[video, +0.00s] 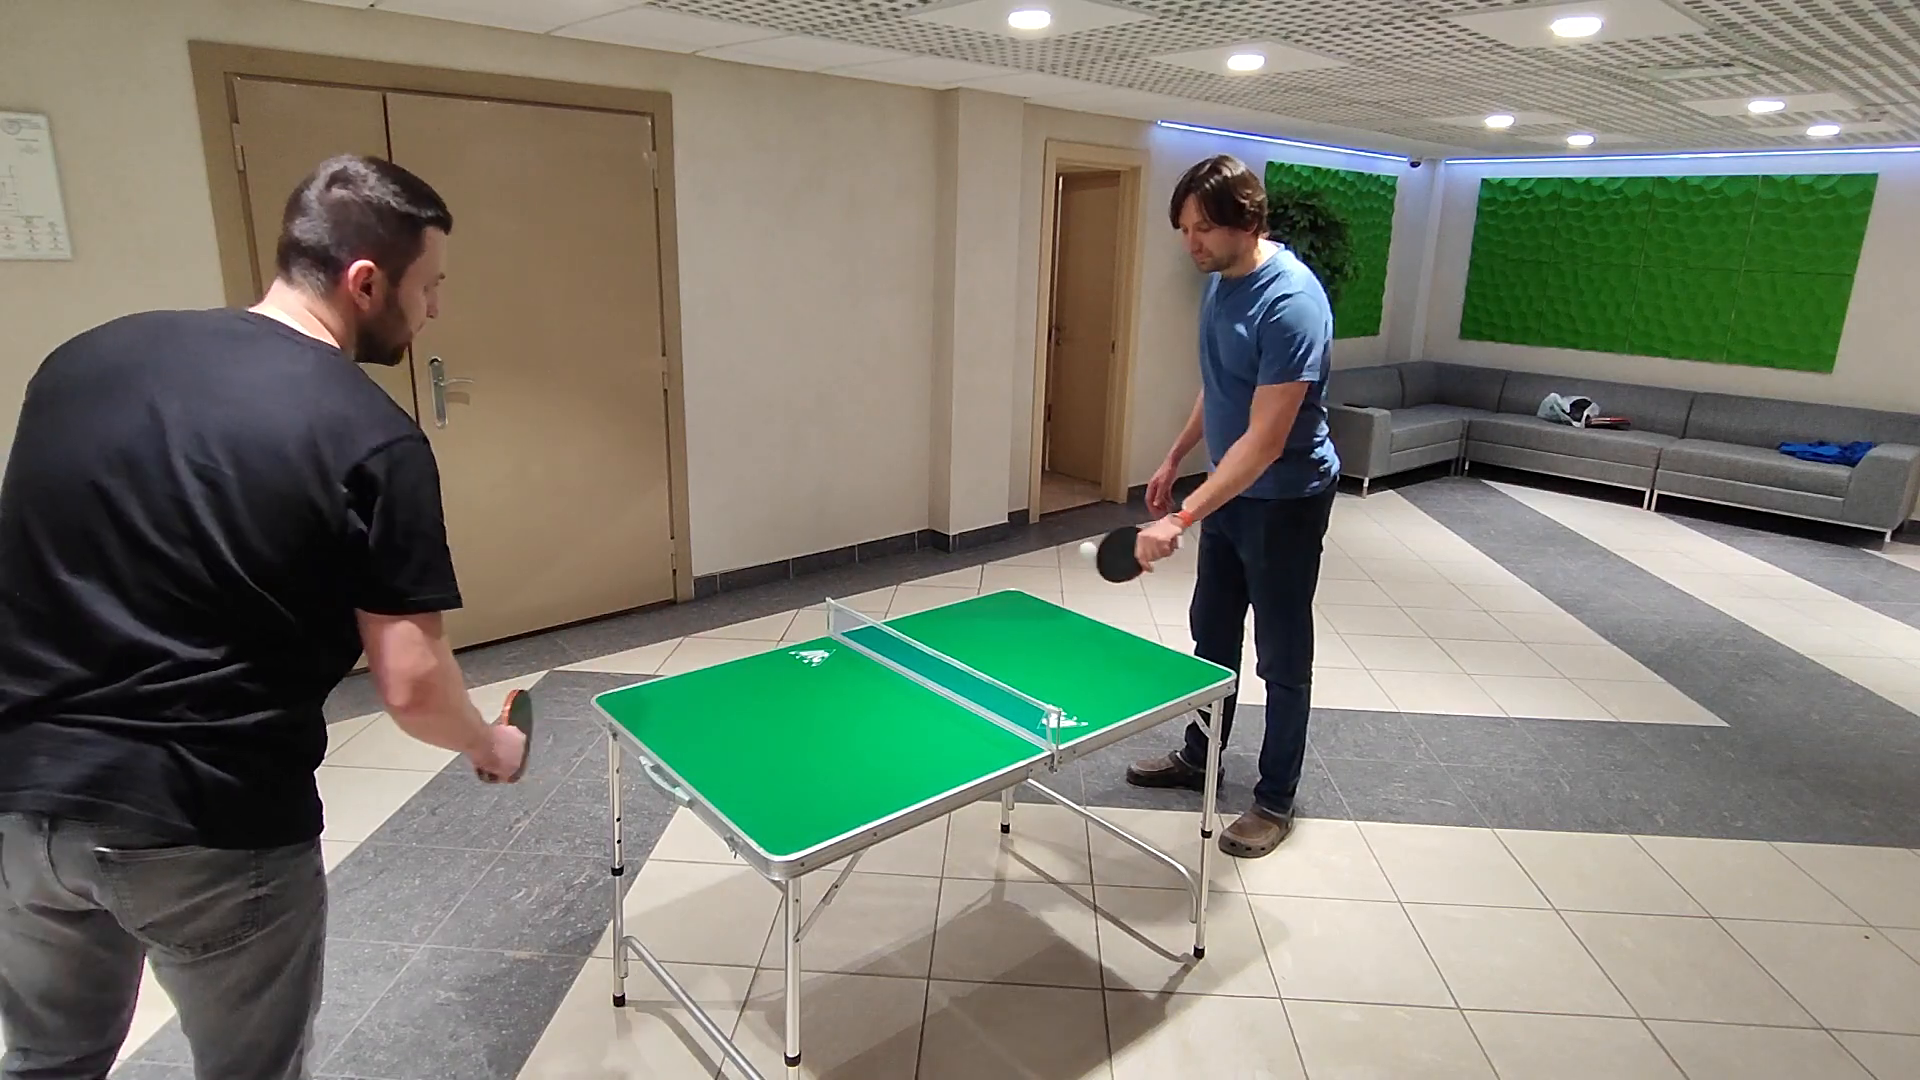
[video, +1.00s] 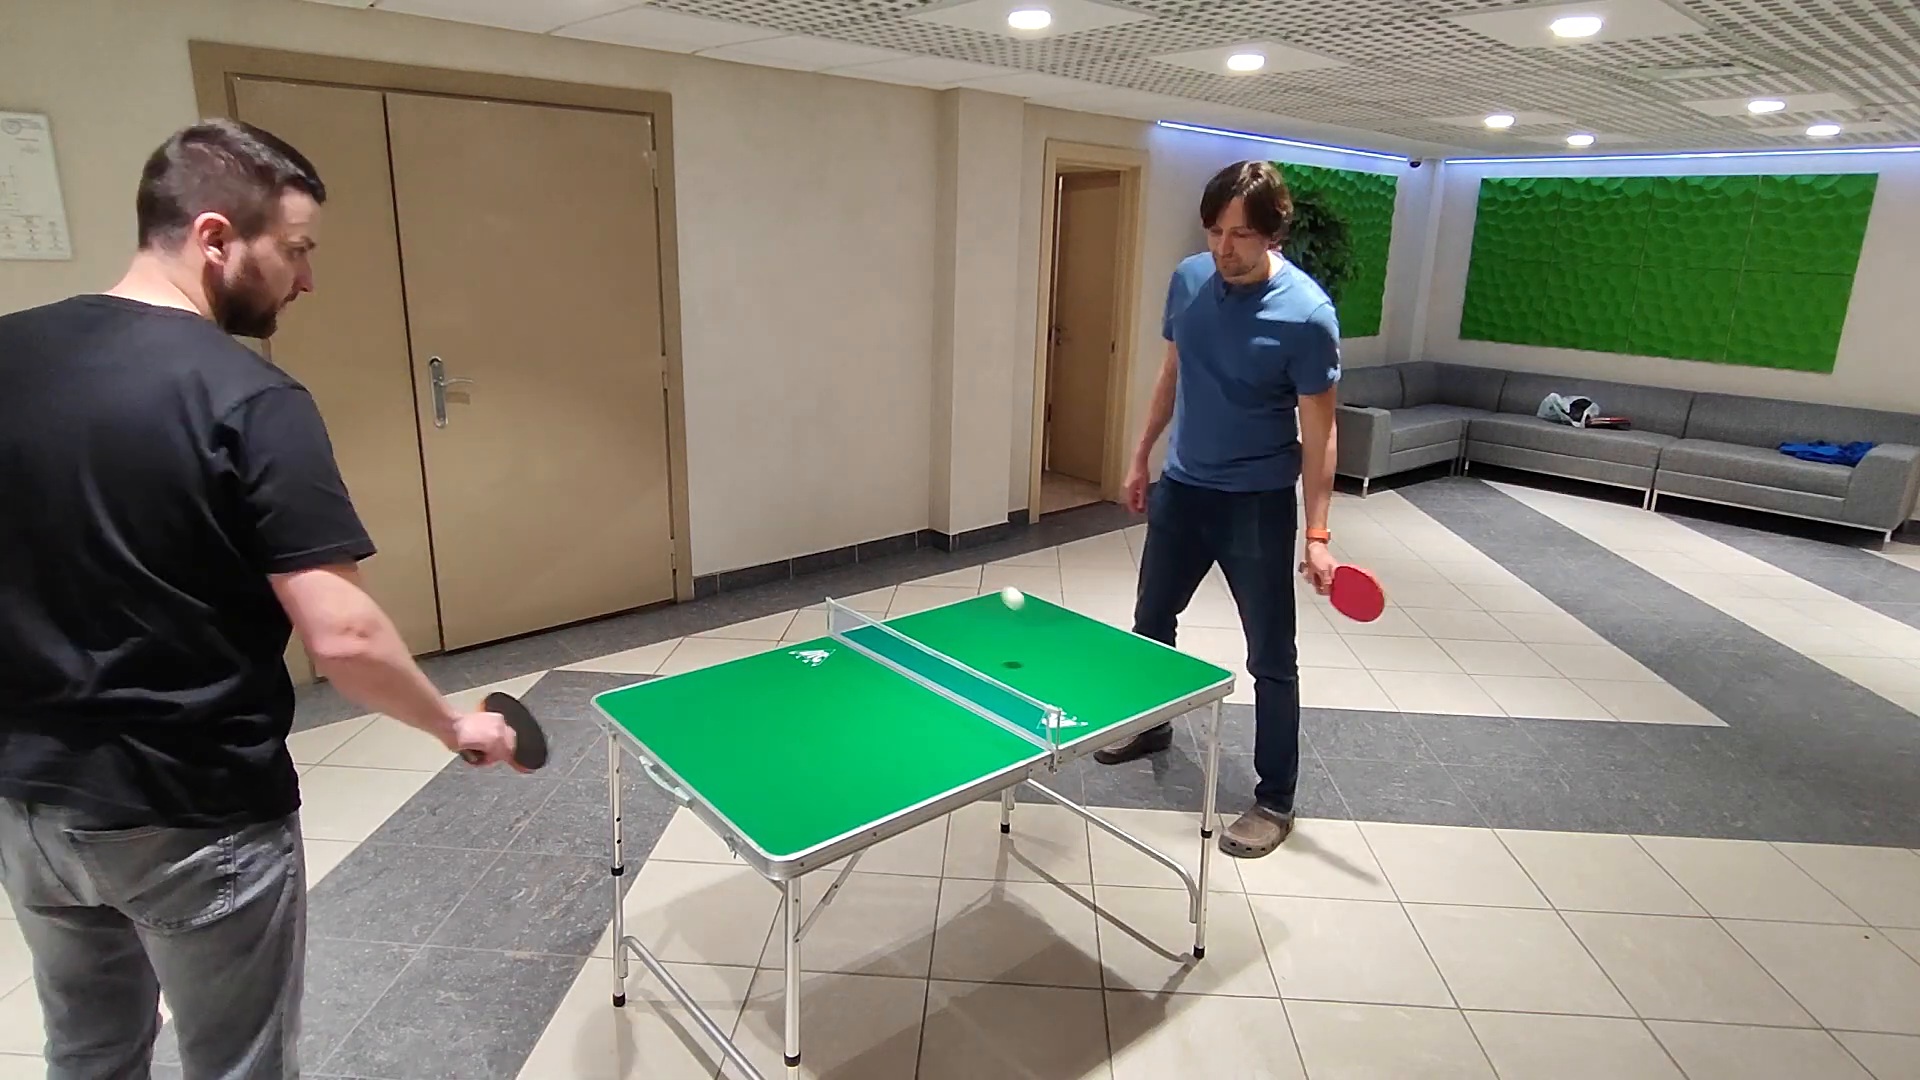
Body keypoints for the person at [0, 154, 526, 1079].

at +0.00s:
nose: (435, 310)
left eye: (439, 287)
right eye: (430, 286)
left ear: (287, 260)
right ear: (364, 281)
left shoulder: (84, 357)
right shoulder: (374, 436)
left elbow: (36, 569)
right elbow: (412, 681)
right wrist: (486, 745)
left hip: (30, 791)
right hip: (209, 818)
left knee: (44, 1063)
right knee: (252, 1066)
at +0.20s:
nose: (381, 288)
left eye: (385, 264)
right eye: (374, 262)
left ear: (252, 242)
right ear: (301, 257)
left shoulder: (72, 360)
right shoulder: (313, 418)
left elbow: (25, 568)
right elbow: (339, 668)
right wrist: (421, 756)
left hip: (37, 796)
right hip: (201, 818)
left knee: (105, 1048)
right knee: (244, 1065)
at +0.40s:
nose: (343, 296)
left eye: (348, 273)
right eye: (337, 269)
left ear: (239, 240)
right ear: (266, 247)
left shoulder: (54, 355)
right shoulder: (251, 401)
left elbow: (85, 569)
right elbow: (363, 631)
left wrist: (257, 685)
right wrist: (435, 711)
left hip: (40, 797)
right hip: (188, 824)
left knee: (114, 1040)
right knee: (239, 1064)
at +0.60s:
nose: (354, 318)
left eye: (361, 294)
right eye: (352, 287)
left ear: (262, 258)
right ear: (284, 262)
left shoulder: (39, 357)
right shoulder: (278, 415)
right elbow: (460, 615)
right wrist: (570, 695)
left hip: (21, 800)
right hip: (172, 819)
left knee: (89, 1052)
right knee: (236, 1066)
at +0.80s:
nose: (345, 308)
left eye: (350, 283)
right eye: (340, 278)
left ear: (237, 246)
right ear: (265, 254)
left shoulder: (24, 352)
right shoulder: (288, 412)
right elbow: (454, 609)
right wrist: (563, 706)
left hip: (19, 798)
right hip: (183, 811)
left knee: (79, 1063)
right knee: (235, 1064)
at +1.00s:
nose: (305, 280)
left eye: (310, 255)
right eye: (296, 251)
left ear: (203, 234)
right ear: (214, 238)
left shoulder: (15, 347)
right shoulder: (249, 396)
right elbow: (342, 637)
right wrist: (451, 723)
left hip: (28, 797)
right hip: (195, 811)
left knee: (89, 1061)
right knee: (239, 1064)